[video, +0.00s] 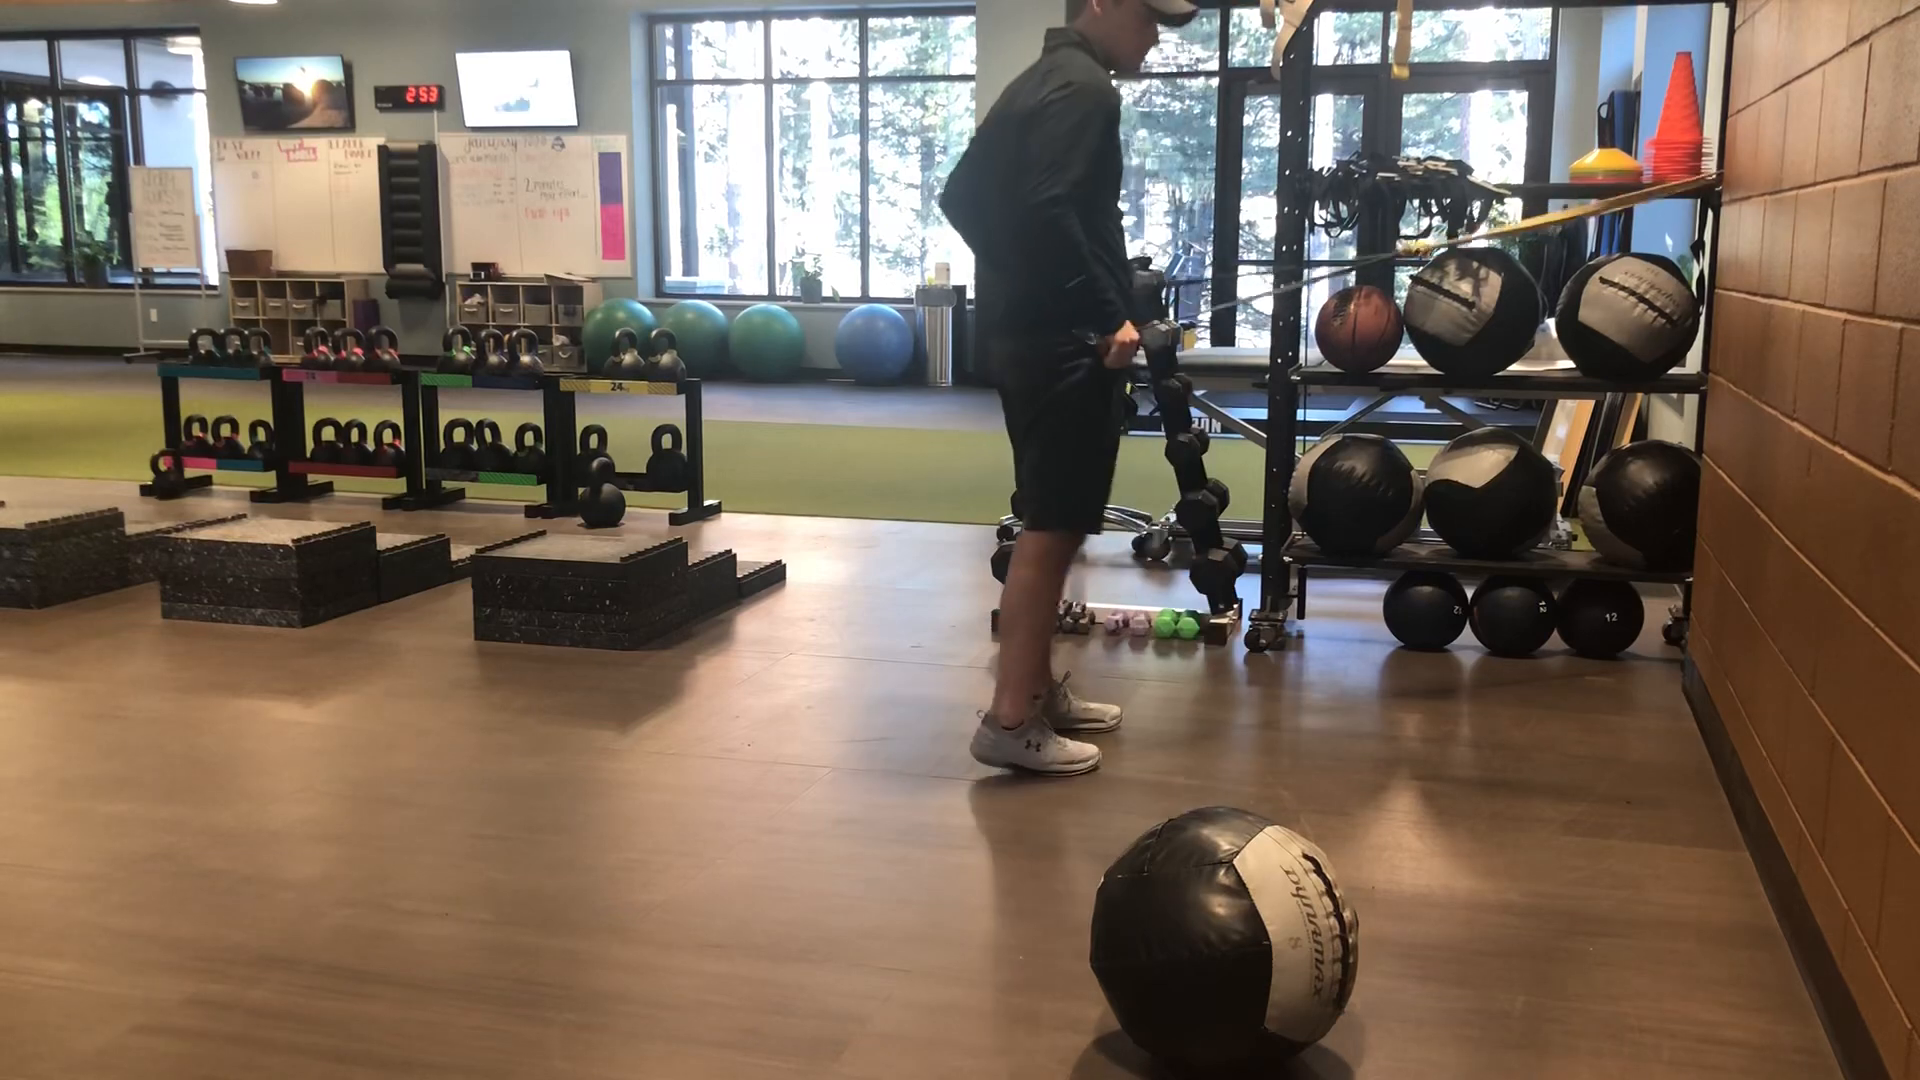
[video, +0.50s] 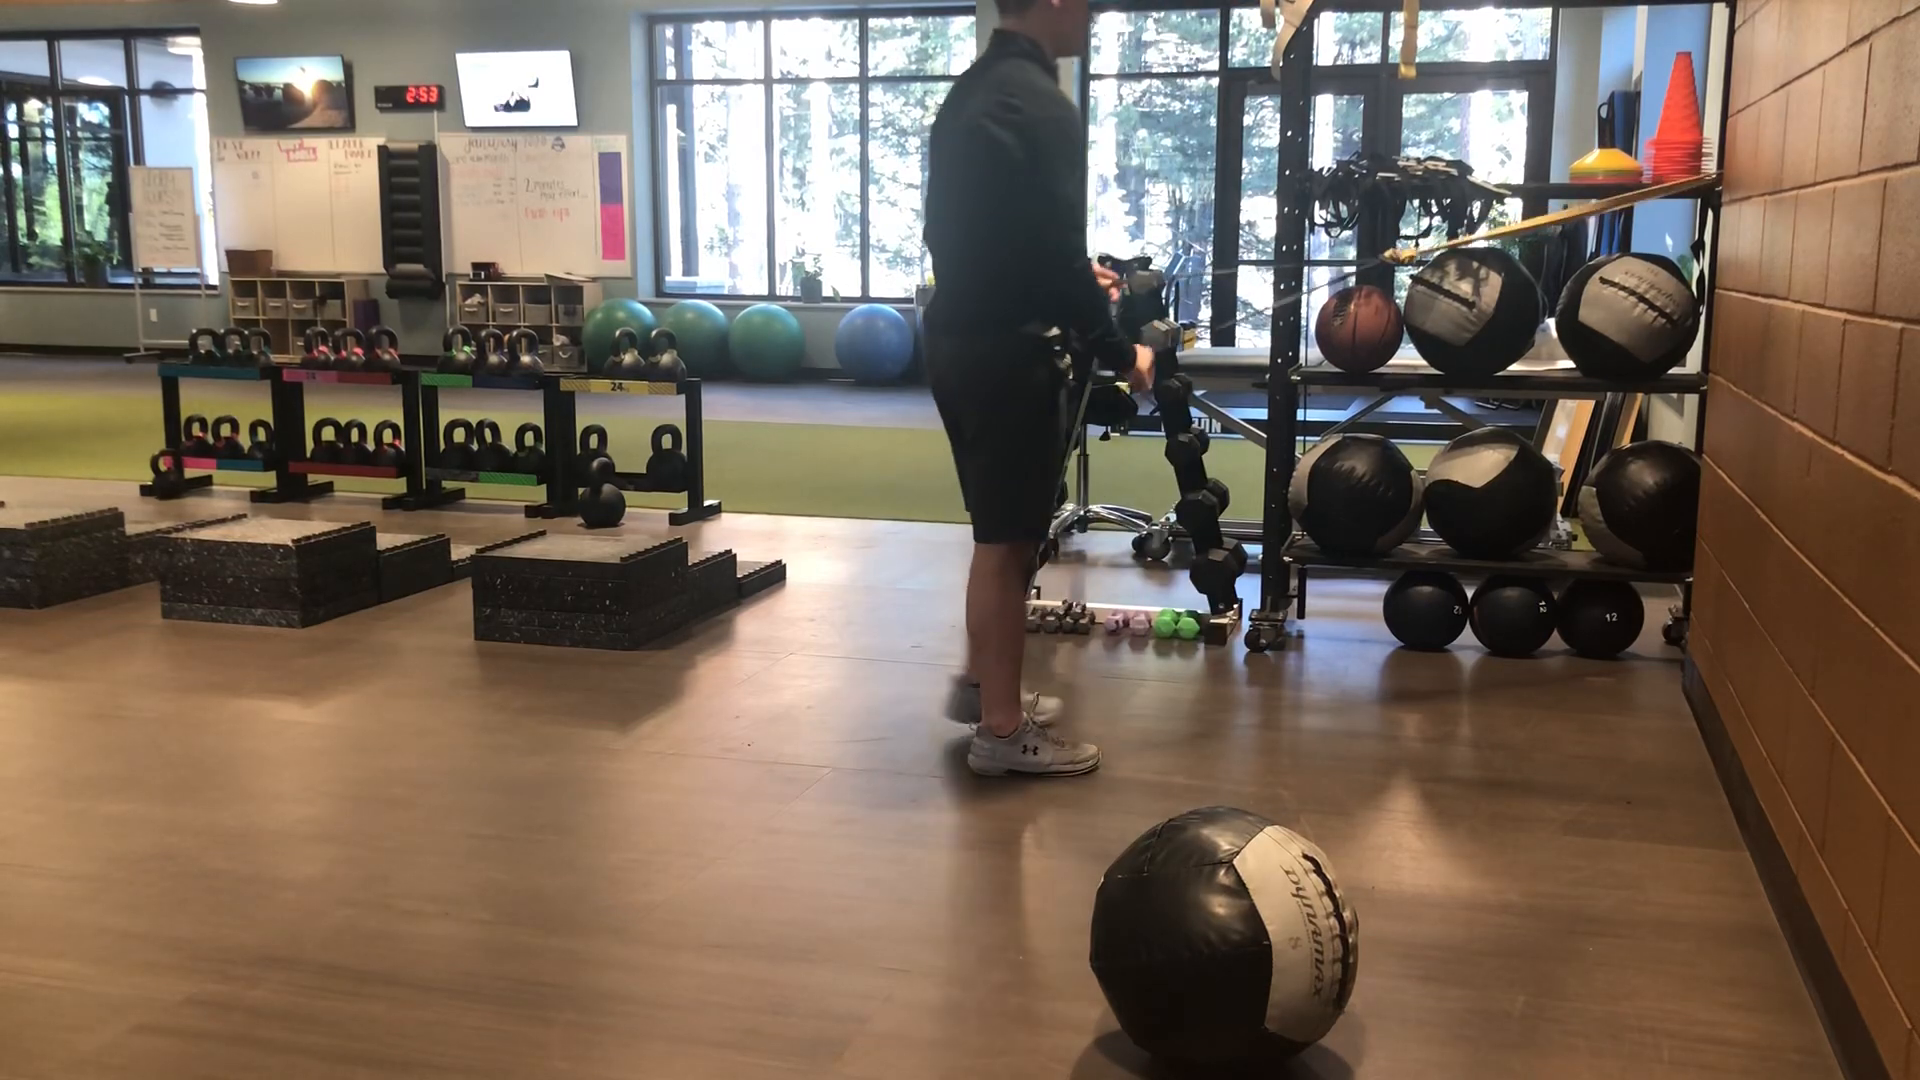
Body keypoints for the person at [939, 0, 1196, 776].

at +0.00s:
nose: (1154, 42)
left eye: (1158, 27)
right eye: (1149, 22)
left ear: (1092, 12)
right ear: (1101, 8)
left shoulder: (1034, 83)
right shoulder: (1086, 90)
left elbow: (961, 193)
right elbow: (1053, 207)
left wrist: (1030, 278)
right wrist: (1112, 315)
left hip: (1028, 339)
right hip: (1065, 342)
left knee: (1051, 519)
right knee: (1053, 526)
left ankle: (1036, 687)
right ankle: (1010, 722)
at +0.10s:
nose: (1148, 31)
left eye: (1149, 16)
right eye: (1142, 14)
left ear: (1084, 12)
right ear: (1099, 8)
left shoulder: (1024, 85)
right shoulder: (1075, 91)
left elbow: (955, 204)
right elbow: (1042, 214)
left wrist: (1032, 273)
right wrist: (1106, 310)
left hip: (1026, 340)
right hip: (1057, 345)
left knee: (1046, 525)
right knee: (1042, 530)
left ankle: (1037, 694)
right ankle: (1006, 727)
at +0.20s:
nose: (1134, 30)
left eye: (1135, 16)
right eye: (1130, 14)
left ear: (1071, 12)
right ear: (1095, 8)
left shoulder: (1005, 90)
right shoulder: (1069, 94)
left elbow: (964, 223)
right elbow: (1046, 224)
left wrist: (1050, 269)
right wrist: (1115, 303)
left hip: (1012, 344)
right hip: (1050, 348)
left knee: (1039, 526)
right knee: (1039, 530)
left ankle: (1031, 692)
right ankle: (1004, 729)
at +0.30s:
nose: (1122, 26)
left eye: (1124, 14)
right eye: (1120, 12)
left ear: (1054, 10)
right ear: (1089, 6)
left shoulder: (998, 90)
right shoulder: (1068, 101)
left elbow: (995, 237)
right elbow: (1055, 246)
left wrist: (1097, 270)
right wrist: (1125, 300)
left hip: (993, 336)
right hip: (1032, 341)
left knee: (1034, 527)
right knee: (1026, 535)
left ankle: (1035, 690)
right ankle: (1002, 732)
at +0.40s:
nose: (1109, 24)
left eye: (1110, 13)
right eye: (1107, 11)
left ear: (1036, 10)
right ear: (1077, 7)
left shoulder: (987, 91)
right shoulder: (1061, 104)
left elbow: (969, 232)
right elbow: (1063, 254)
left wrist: (1088, 265)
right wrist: (1131, 315)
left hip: (977, 337)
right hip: (1019, 344)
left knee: (1025, 528)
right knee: (1012, 537)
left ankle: (1024, 684)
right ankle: (1000, 734)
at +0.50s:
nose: (1091, 20)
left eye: (1089, 9)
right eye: (1086, 8)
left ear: (1014, 11)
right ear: (1055, 8)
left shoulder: (968, 96)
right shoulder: (1045, 109)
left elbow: (967, 238)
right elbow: (1051, 260)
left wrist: (1075, 272)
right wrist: (1121, 348)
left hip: (960, 342)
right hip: (1011, 348)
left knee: (1004, 529)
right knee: (1009, 540)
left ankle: (983, 681)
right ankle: (1001, 731)